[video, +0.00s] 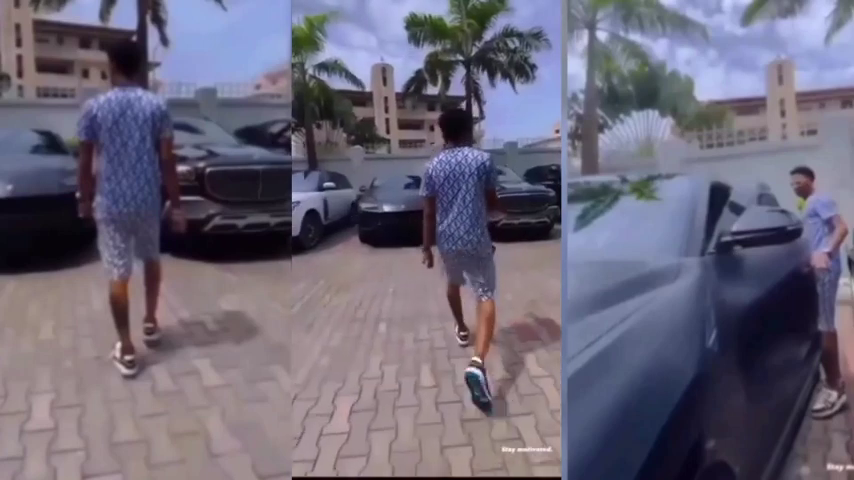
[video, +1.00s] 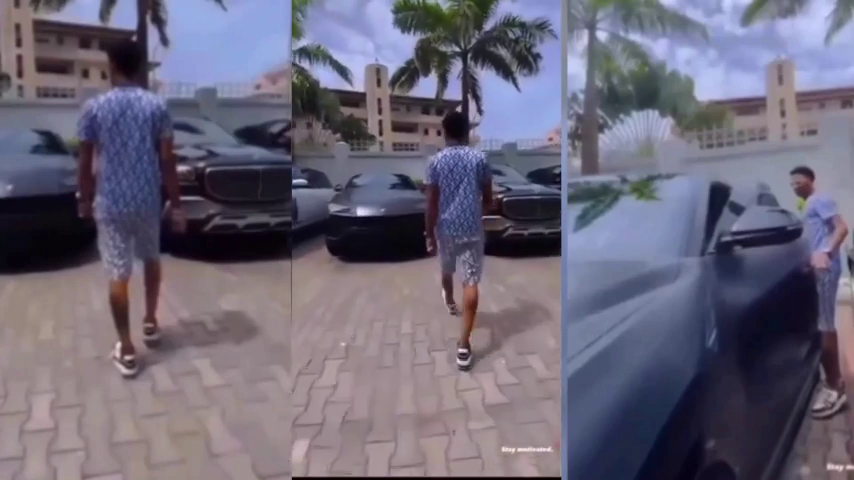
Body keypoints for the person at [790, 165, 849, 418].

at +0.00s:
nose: (796, 188)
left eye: (799, 183)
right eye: (794, 185)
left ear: (811, 181)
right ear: (796, 185)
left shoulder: (821, 201)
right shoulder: (808, 206)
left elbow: (841, 228)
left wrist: (827, 252)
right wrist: (809, 256)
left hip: (825, 269)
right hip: (814, 269)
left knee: (825, 328)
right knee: (821, 327)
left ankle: (835, 388)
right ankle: (831, 385)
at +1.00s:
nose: (796, 188)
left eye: (799, 183)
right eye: (794, 185)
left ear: (811, 181)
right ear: (796, 185)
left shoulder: (821, 201)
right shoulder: (808, 206)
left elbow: (841, 228)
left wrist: (827, 252)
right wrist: (809, 256)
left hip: (825, 269)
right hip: (814, 269)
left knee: (825, 328)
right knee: (821, 327)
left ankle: (835, 388)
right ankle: (831, 385)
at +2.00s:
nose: (796, 188)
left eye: (799, 183)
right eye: (794, 185)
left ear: (811, 181)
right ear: (796, 185)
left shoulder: (821, 201)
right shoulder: (808, 206)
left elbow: (841, 228)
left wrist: (827, 252)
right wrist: (809, 256)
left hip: (825, 269)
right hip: (814, 269)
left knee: (825, 328)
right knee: (821, 327)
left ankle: (835, 388)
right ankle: (831, 385)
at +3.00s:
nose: (796, 188)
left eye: (799, 183)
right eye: (794, 185)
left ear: (811, 181)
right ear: (796, 185)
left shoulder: (821, 201)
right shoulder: (808, 206)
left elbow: (841, 228)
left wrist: (827, 252)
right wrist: (809, 256)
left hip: (825, 269)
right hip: (814, 269)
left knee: (825, 328)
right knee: (821, 327)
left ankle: (835, 388)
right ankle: (831, 385)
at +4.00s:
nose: (796, 188)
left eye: (799, 183)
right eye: (794, 185)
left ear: (811, 181)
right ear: (796, 185)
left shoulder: (821, 201)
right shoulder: (808, 206)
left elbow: (841, 228)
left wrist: (827, 252)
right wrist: (809, 256)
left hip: (825, 269)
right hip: (814, 269)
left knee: (825, 328)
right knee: (821, 327)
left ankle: (835, 388)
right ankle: (831, 385)